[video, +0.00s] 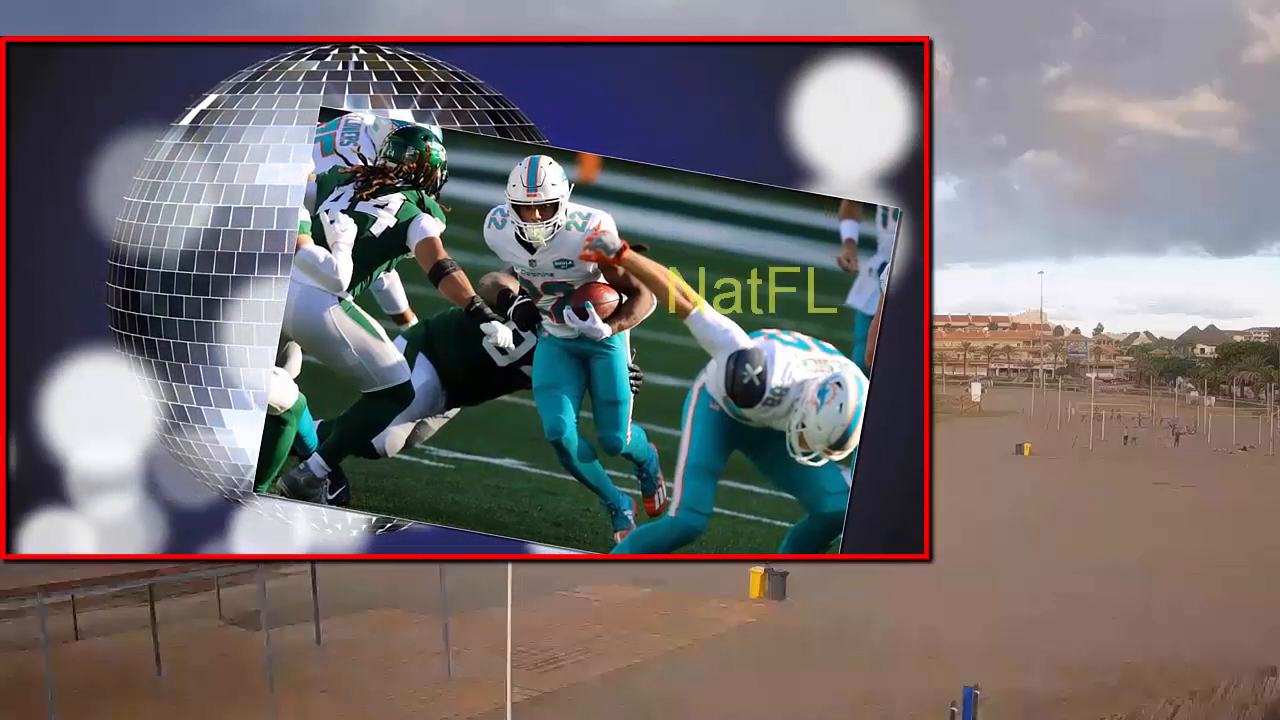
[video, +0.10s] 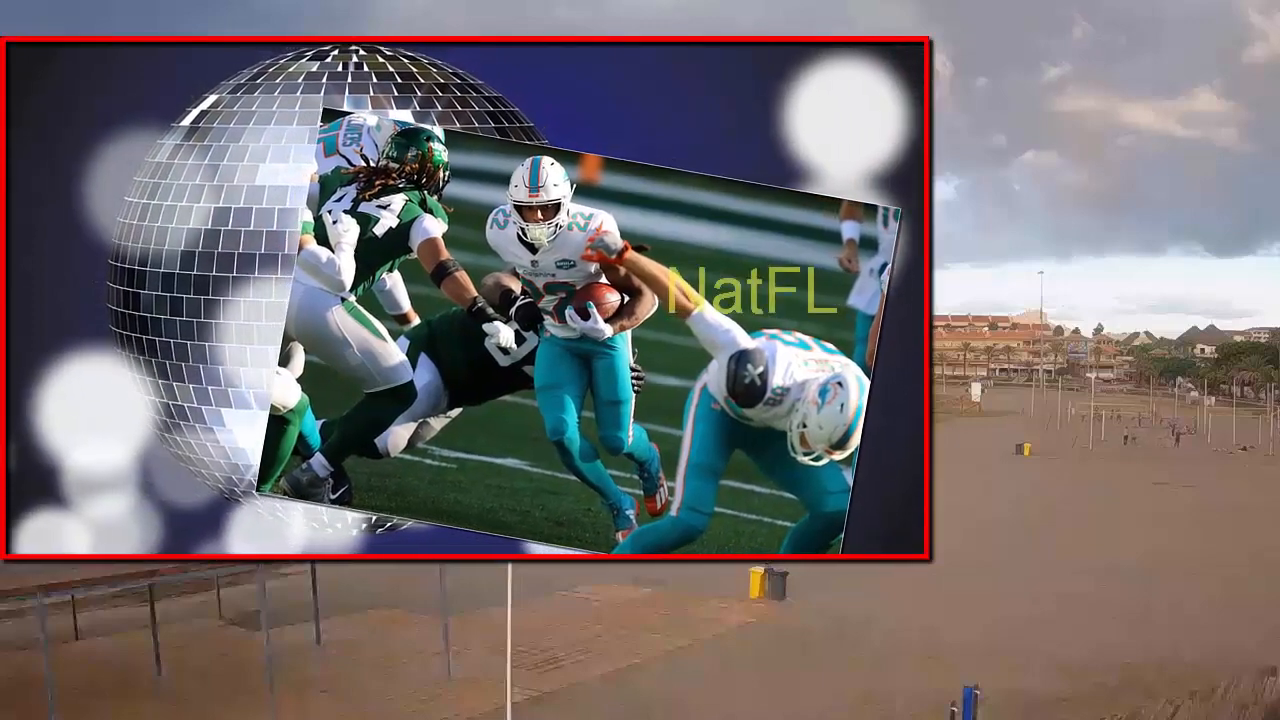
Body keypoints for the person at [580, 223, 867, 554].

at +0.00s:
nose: (813, 458)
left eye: (826, 454)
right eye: (809, 447)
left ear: (853, 432)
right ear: (799, 413)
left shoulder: (863, 413)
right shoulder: (757, 374)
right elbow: (684, 300)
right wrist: (622, 255)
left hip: (775, 425)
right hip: (720, 403)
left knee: (836, 510)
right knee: (689, 521)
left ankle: (775, 580)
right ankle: (607, 571)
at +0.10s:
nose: (815, 457)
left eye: (828, 454)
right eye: (810, 446)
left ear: (856, 433)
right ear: (800, 412)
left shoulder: (866, 416)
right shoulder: (757, 374)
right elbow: (686, 301)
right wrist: (624, 256)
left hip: (776, 425)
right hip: (722, 403)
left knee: (837, 508)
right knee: (690, 520)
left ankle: (777, 582)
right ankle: (609, 571)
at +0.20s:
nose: (815, 457)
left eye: (828, 453)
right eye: (811, 446)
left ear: (855, 430)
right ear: (801, 412)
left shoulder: (864, 412)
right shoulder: (754, 368)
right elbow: (687, 300)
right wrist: (626, 255)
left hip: (777, 425)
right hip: (722, 402)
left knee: (838, 507)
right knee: (691, 520)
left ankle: (778, 581)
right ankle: (609, 570)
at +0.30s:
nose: (819, 456)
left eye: (832, 452)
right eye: (813, 446)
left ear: (858, 430)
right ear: (802, 412)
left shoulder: (866, 416)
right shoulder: (758, 371)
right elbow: (690, 303)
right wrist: (627, 256)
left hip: (778, 425)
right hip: (724, 402)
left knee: (838, 506)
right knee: (693, 519)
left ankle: (780, 583)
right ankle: (611, 570)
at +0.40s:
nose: (817, 457)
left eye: (831, 453)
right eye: (812, 444)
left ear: (856, 431)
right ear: (804, 413)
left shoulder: (867, 414)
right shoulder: (755, 367)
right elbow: (691, 303)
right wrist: (630, 257)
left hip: (778, 424)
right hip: (725, 401)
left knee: (839, 505)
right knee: (694, 519)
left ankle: (778, 582)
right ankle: (614, 569)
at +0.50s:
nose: (818, 456)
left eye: (831, 453)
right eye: (813, 444)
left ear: (857, 429)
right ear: (805, 411)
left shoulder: (868, 416)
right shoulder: (758, 368)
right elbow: (692, 303)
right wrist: (631, 257)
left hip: (781, 425)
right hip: (726, 401)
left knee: (841, 504)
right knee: (696, 519)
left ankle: (779, 581)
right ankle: (615, 567)